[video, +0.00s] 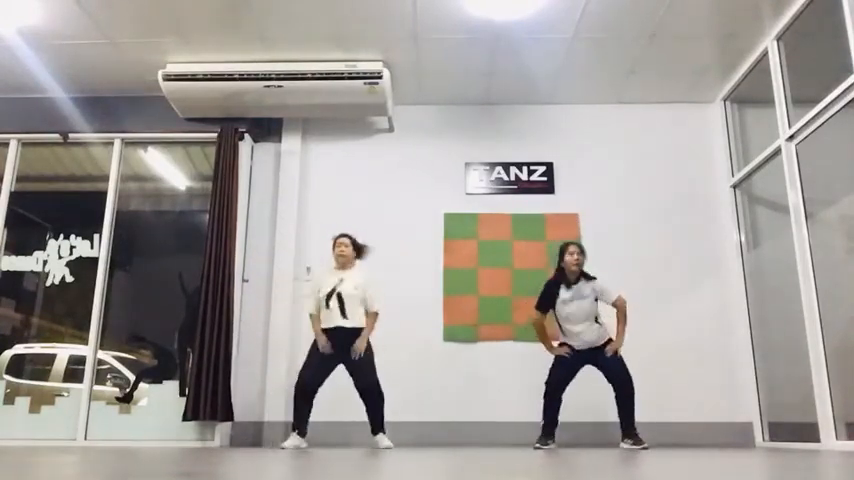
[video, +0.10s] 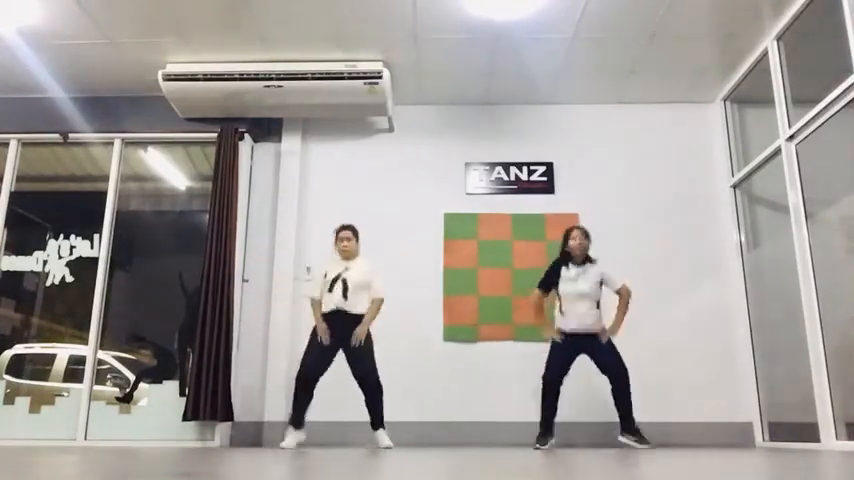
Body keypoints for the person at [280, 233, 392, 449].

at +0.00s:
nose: (340, 249)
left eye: (345, 246)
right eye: (337, 246)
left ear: (354, 252)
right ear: (332, 252)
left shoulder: (363, 278)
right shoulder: (321, 277)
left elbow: (373, 312)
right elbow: (313, 310)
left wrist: (363, 338)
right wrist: (318, 333)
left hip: (356, 337)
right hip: (328, 337)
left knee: (370, 387)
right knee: (305, 384)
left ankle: (379, 433)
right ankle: (299, 434)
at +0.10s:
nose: (344, 243)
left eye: (349, 240)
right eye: (340, 240)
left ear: (357, 243)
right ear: (335, 243)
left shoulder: (367, 268)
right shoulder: (326, 267)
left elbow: (378, 298)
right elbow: (315, 297)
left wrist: (364, 325)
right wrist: (319, 323)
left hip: (356, 325)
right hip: (328, 323)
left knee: (369, 379)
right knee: (306, 375)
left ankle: (379, 429)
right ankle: (296, 428)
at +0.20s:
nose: (346, 241)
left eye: (350, 236)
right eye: (342, 238)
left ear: (358, 240)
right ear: (337, 242)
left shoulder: (368, 265)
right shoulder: (331, 267)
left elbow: (384, 295)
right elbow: (319, 297)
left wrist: (366, 318)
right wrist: (326, 322)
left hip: (360, 320)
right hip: (333, 319)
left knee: (367, 373)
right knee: (306, 361)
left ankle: (374, 426)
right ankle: (278, 411)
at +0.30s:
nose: (348, 246)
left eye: (352, 242)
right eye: (343, 243)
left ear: (360, 246)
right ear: (339, 249)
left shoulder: (370, 273)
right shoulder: (333, 275)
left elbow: (389, 302)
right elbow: (323, 305)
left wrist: (370, 327)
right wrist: (330, 329)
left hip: (364, 330)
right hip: (338, 330)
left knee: (368, 380)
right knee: (301, 362)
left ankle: (371, 432)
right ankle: (260, 402)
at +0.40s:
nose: (346, 245)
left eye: (350, 241)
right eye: (342, 241)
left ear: (359, 244)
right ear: (337, 246)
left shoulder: (369, 269)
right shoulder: (332, 274)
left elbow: (383, 299)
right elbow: (323, 304)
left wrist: (370, 322)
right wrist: (327, 328)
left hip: (361, 328)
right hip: (335, 329)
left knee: (367, 380)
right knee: (303, 364)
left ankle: (371, 432)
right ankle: (268, 411)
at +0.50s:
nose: (343, 238)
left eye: (348, 234)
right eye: (340, 234)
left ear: (357, 238)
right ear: (335, 238)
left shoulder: (364, 264)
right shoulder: (326, 264)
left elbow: (377, 294)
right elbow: (314, 294)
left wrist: (363, 317)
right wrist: (322, 320)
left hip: (357, 319)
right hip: (330, 319)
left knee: (372, 370)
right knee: (308, 368)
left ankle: (381, 425)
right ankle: (297, 425)